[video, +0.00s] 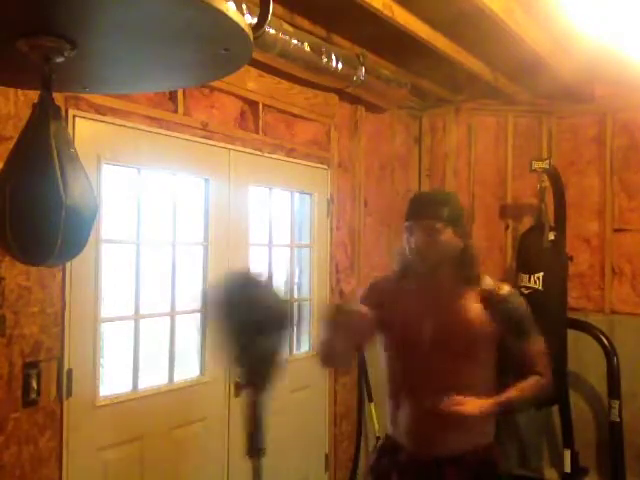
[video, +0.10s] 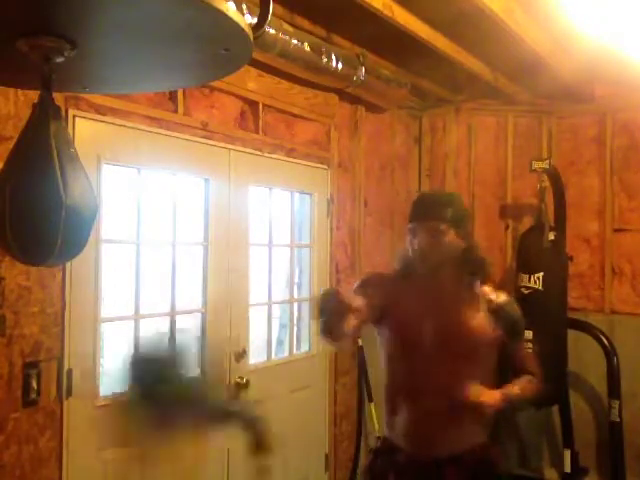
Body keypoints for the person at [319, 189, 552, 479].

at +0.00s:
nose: (417, 243)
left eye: (431, 231)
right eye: (410, 231)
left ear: (459, 237)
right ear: (403, 237)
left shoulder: (497, 301)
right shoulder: (386, 294)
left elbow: (541, 379)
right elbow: (334, 359)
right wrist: (340, 331)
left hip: (470, 459)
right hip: (404, 458)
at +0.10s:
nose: (423, 243)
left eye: (437, 233)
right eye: (415, 233)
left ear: (461, 239)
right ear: (407, 238)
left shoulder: (492, 304)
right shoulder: (387, 290)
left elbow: (531, 380)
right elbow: (338, 333)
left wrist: (497, 397)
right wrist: (337, 312)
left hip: (468, 459)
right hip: (401, 458)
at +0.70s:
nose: (402, 250)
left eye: (416, 237)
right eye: (398, 238)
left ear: (443, 240)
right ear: (392, 241)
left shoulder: (483, 299)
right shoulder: (387, 304)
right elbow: (376, 378)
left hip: (472, 463)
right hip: (407, 460)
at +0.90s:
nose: (423, 246)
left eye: (435, 235)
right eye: (414, 235)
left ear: (459, 239)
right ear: (404, 239)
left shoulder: (496, 304)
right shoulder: (381, 294)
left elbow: (538, 384)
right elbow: (345, 366)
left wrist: (488, 388)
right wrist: (346, 344)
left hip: (470, 463)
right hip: (401, 462)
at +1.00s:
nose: (417, 248)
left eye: (429, 237)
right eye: (407, 236)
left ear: (453, 240)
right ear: (398, 240)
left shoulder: (490, 306)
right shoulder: (375, 298)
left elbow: (524, 391)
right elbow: (347, 373)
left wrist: (458, 369)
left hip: (465, 462)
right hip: (396, 463)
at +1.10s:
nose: (400, 246)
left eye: (412, 234)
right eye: (393, 235)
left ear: (440, 237)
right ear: (386, 241)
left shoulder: (472, 298)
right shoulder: (374, 300)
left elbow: (476, 378)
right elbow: (363, 373)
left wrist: (397, 335)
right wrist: (369, 427)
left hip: (460, 458)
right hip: (394, 456)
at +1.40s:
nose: (384, 253)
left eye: (392, 240)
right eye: (384, 240)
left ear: (416, 238)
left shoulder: (456, 296)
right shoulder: (397, 302)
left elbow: (476, 382)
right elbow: (399, 374)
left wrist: (389, 389)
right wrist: (372, 382)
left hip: (463, 459)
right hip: (412, 454)